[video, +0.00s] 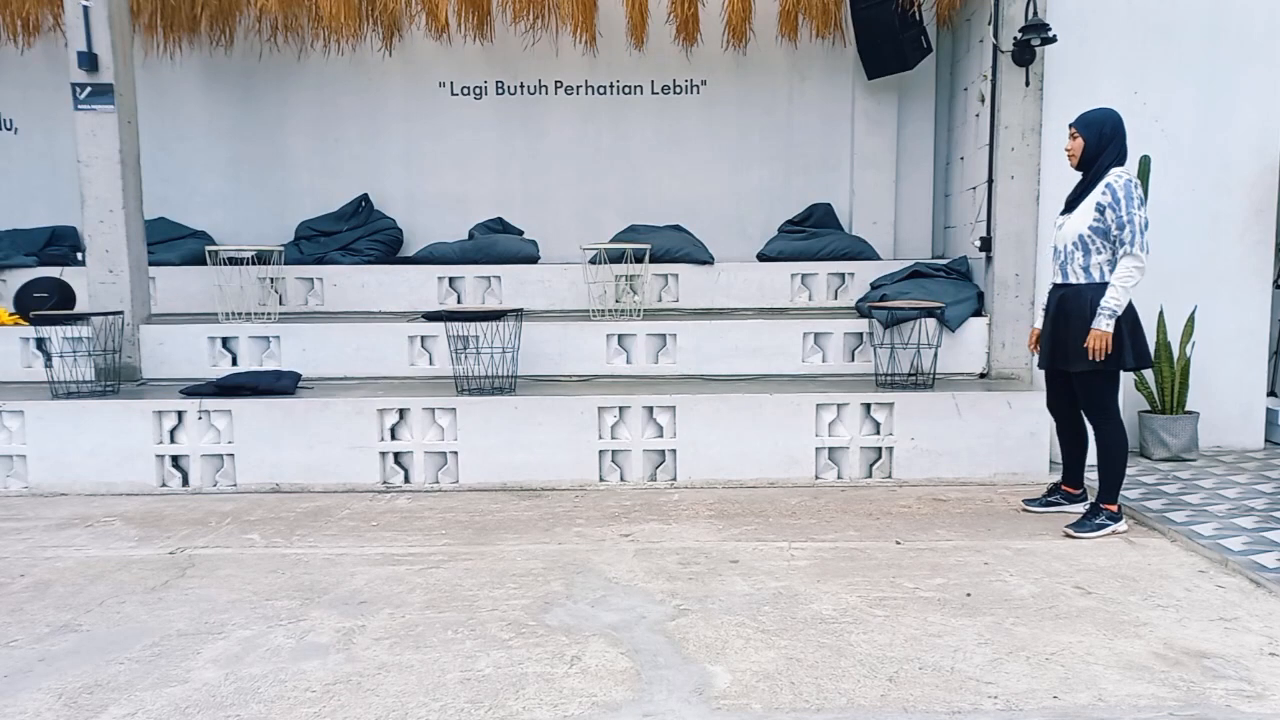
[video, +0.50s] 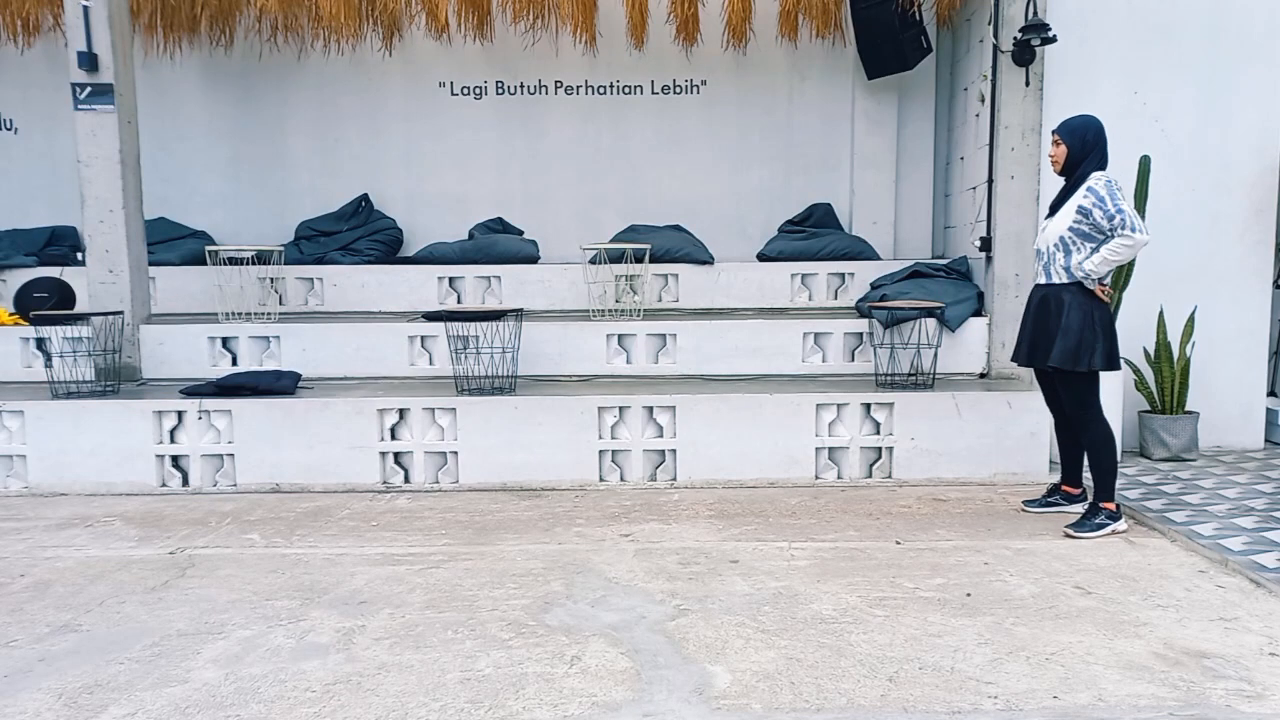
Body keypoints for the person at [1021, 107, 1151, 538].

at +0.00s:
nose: (1067, 145)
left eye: (1074, 137)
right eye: (1068, 137)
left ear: (1097, 140)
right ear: (1088, 142)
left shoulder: (1120, 184)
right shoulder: (1082, 191)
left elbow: (1134, 259)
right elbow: (1064, 268)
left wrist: (1105, 319)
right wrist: (1043, 319)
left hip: (1094, 310)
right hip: (1061, 310)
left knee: (1101, 408)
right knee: (1062, 403)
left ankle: (1109, 507)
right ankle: (1071, 488)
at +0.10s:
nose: (1064, 146)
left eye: (1071, 138)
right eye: (1065, 139)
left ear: (1093, 141)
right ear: (1087, 143)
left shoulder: (1115, 183)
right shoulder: (1083, 189)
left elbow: (1140, 253)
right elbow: (1080, 260)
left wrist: (1116, 313)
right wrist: (1055, 316)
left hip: (1093, 311)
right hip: (1061, 309)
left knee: (1100, 408)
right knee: (1053, 401)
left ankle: (1109, 507)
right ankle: (1070, 488)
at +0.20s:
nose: (1060, 147)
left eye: (1067, 139)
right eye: (1061, 139)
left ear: (1090, 142)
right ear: (1086, 143)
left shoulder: (1110, 183)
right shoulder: (1079, 189)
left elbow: (1146, 242)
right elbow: (1080, 254)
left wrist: (1116, 300)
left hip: (1090, 307)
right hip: (1056, 306)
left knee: (1096, 405)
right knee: (1054, 400)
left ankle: (1108, 508)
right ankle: (1069, 488)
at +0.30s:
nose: (1057, 149)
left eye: (1063, 140)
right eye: (1058, 140)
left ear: (1085, 143)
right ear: (1083, 144)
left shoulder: (1105, 182)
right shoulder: (1076, 188)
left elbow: (1148, 229)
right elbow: (1089, 245)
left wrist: (1108, 278)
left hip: (1084, 308)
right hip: (1054, 306)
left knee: (1093, 407)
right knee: (1059, 402)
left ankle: (1108, 508)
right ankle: (1069, 488)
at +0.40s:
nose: (1053, 151)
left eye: (1060, 142)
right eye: (1054, 142)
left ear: (1082, 145)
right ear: (1079, 146)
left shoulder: (1101, 183)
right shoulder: (1072, 188)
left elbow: (1145, 226)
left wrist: (1103, 265)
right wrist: (1093, 271)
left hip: (1080, 307)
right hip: (1050, 306)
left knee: (1091, 408)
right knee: (1061, 405)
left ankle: (1108, 507)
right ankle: (1070, 488)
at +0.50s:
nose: (1051, 152)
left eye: (1058, 144)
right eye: (1052, 144)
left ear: (1080, 147)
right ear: (1075, 148)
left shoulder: (1099, 185)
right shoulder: (1070, 190)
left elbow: (1134, 234)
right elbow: (1083, 243)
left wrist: (1093, 272)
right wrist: (1075, 275)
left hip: (1075, 309)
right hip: (1047, 307)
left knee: (1085, 409)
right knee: (1059, 405)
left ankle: (1107, 507)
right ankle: (1070, 489)